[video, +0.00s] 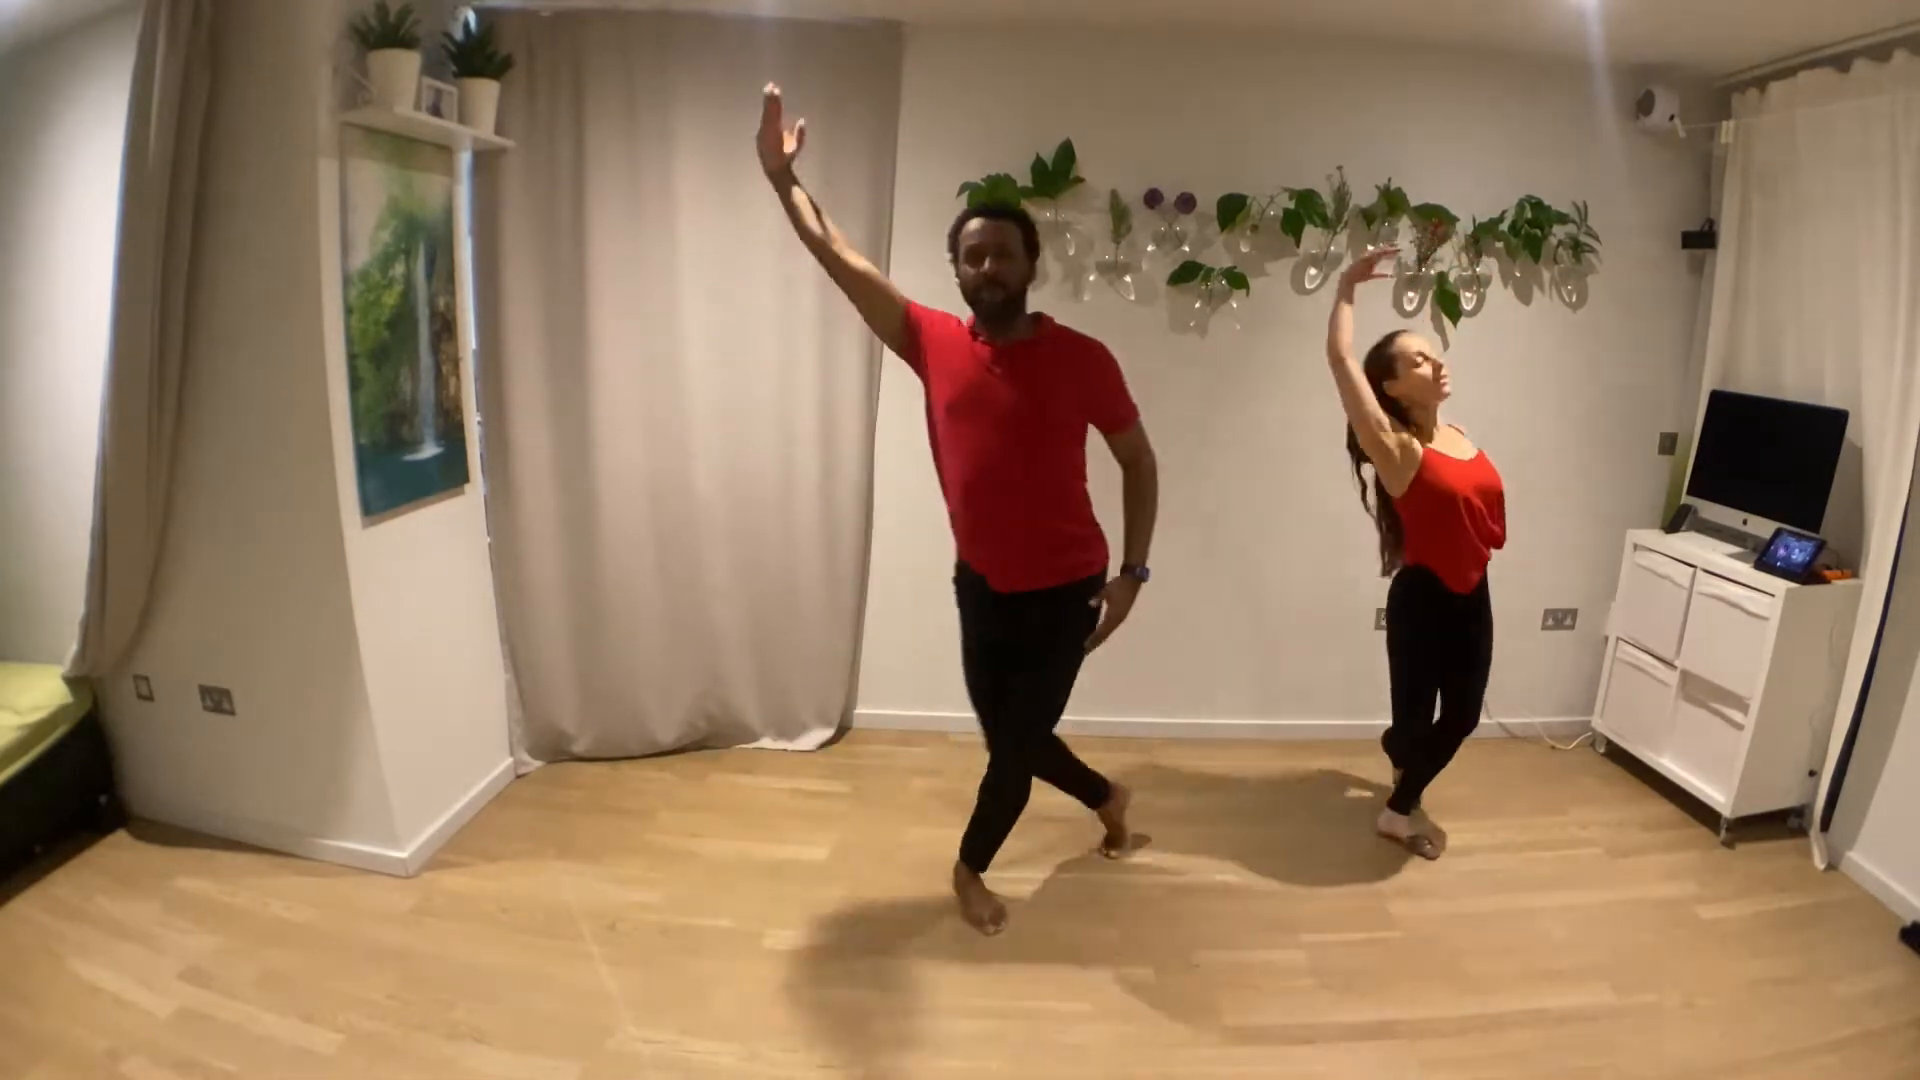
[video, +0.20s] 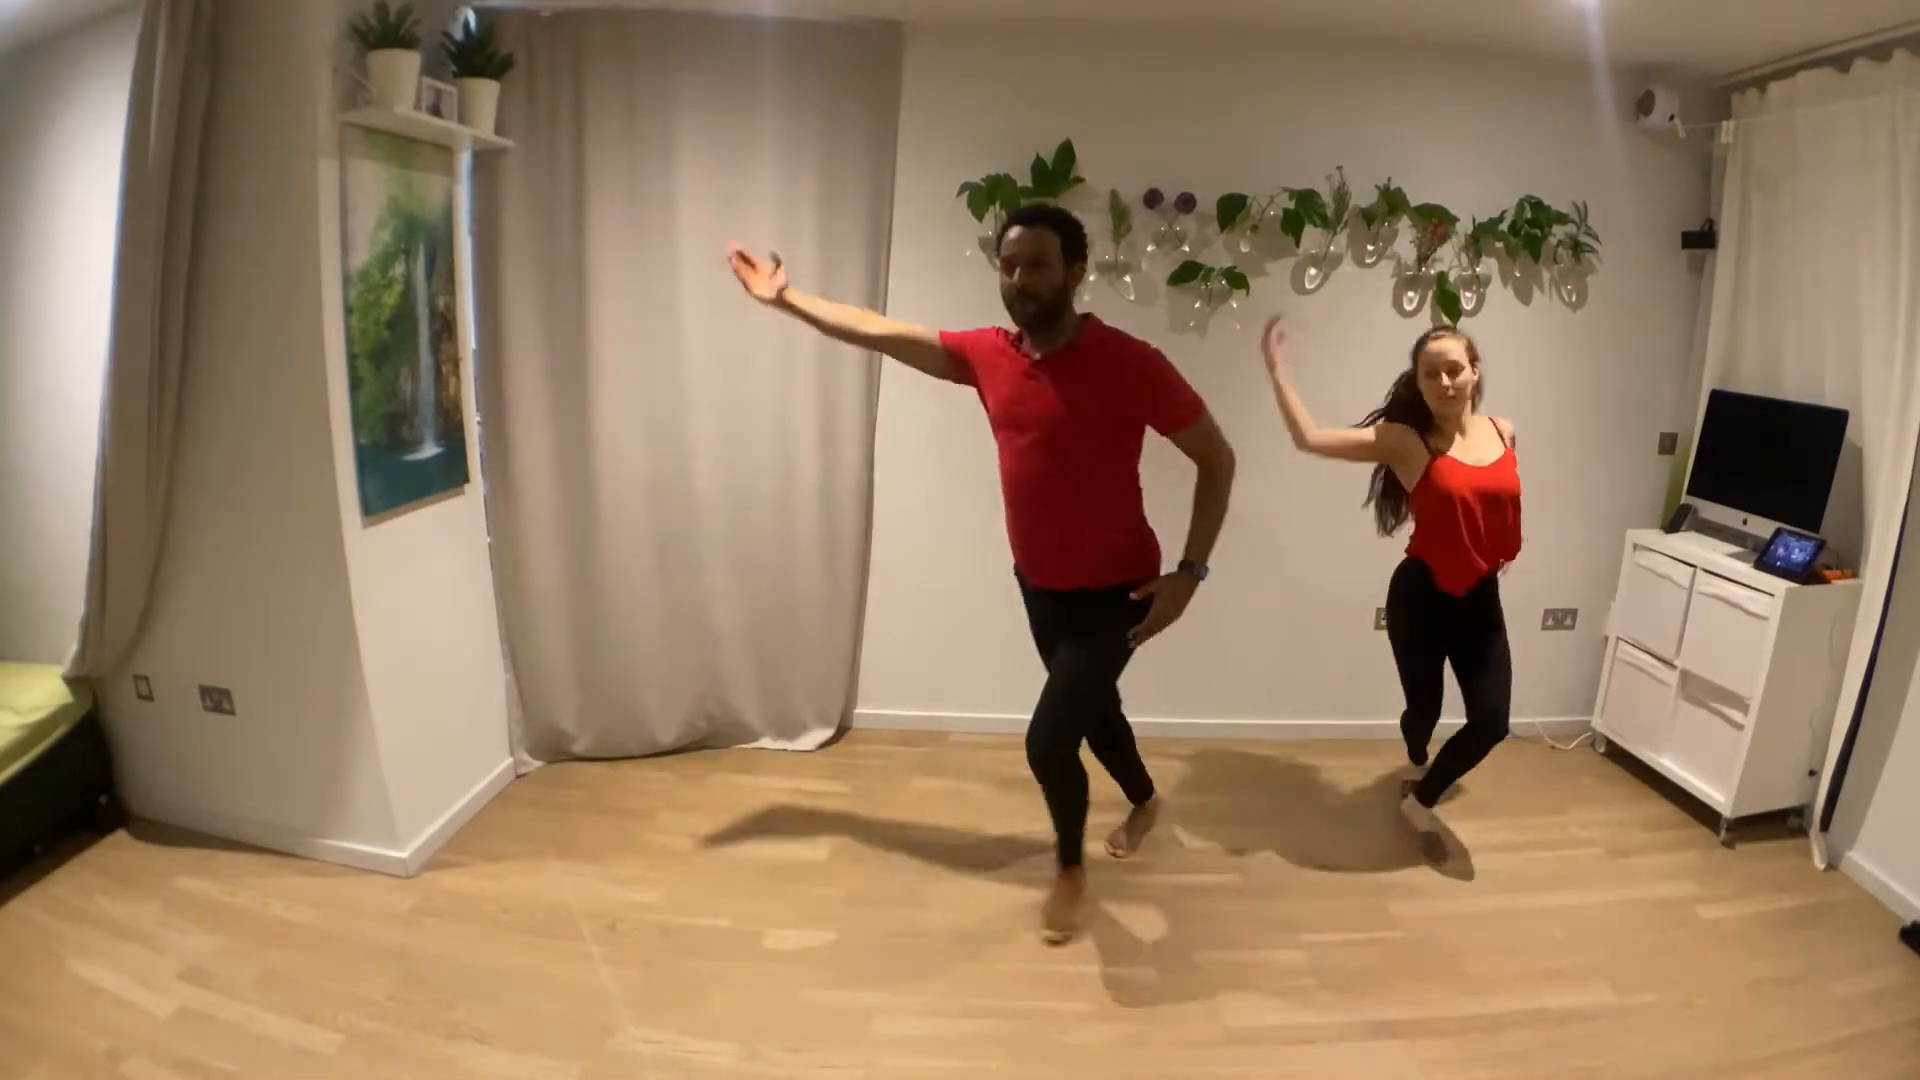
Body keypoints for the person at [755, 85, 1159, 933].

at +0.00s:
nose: (984, 270)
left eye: (999, 254)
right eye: (970, 257)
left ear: (1033, 266)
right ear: (954, 271)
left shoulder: (1079, 361)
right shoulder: (934, 343)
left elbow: (1139, 462)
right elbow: (840, 260)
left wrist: (1133, 571)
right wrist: (780, 172)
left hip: (1065, 582)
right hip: (983, 582)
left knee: (1021, 738)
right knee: (1012, 736)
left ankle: (970, 868)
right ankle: (1108, 797)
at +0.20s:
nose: (1018, 282)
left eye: (1036, 266)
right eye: (1007, 267)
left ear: (1077, 271)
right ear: (995, 273)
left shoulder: (1130, 366)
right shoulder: (987, 355)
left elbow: (1216, 460)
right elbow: (878, 331)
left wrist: (1189, 573)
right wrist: (784, 295)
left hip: (1115, 587)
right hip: (1040, 586)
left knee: (1049, 746)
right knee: (1099, 712)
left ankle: (1070, 872)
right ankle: (1146, 799)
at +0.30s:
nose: (1024, 284)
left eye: (1042, 269)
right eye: (1017, 269)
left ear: (1091, 270)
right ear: (1012, 272)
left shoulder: (1146, 368)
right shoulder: (1010, 365)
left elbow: (1240, 469)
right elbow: (904, 384)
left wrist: (1215, 586)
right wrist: (806, 381)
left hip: (1128, 587)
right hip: (1054, 585)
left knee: (1076, 756)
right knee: (1104, 706)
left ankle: (1142, 876)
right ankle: (1140, 797)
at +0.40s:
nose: (1024, 275)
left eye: (1041, 261)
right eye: (1023, 260)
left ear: (1094, 266)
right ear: (1031, 264)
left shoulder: (1157, 368)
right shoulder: (1025, 369)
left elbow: (1233, 491)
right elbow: (936, 441)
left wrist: (1206, 613)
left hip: (1138, 588)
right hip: (1062, 590)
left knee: (1096, 754)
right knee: (1088, 741)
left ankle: (1150, 886)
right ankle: (1139, 801)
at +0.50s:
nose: (1025, 270)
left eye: (1044, 256)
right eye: (1024, 256)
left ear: (1099, 264)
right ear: (1030, 263)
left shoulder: (1161, 370)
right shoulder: (1036, 367)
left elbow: (1204, 516)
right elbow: (979, 475)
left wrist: (1156, 637)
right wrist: (917, 571)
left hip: (1133, 596)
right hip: (1059, 587)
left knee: (1100, 753)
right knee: (1030, 740)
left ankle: (1152, 881)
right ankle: (1119, 814)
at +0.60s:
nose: (1023, 269)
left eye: (1042, 256)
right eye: (1023, 255)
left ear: (1100, 267)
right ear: (1031, 261)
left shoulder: (1152, 370)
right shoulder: (1042, 364)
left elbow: (1170, 521)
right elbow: (992, 472)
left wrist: (1092, 634)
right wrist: (926, 569)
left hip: (1136, 598)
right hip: (1057, 587)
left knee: (1101, 758)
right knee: (992, 728)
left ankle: (1151, 885)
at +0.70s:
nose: (1014, 271)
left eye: (1033, 259)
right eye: (1017, 257)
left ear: (1087, 275)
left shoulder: (1137, 362)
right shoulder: (1031, 359)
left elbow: (1166, 485)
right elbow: (959, 414)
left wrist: (1072, 583)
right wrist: (887, 456)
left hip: (1125, 604)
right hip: (1045, 597)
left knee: (1095, 765)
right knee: (971, 750)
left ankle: (1152, 885)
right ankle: (876, 901)